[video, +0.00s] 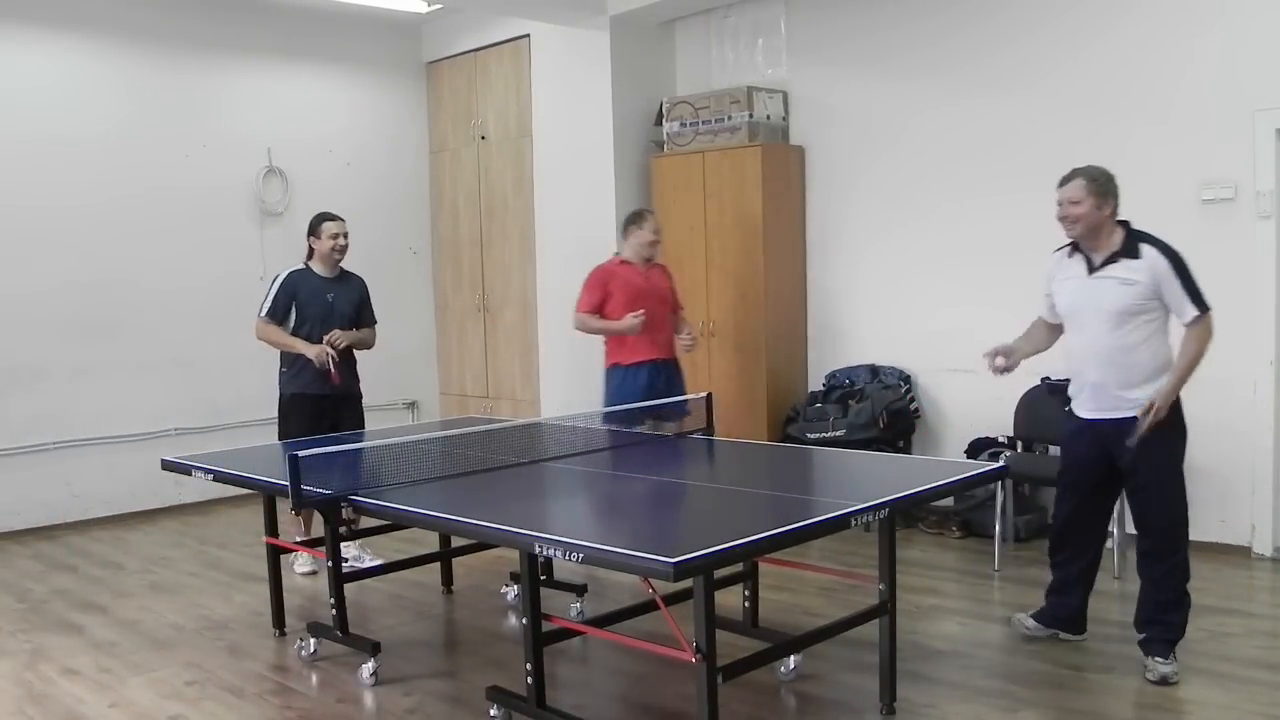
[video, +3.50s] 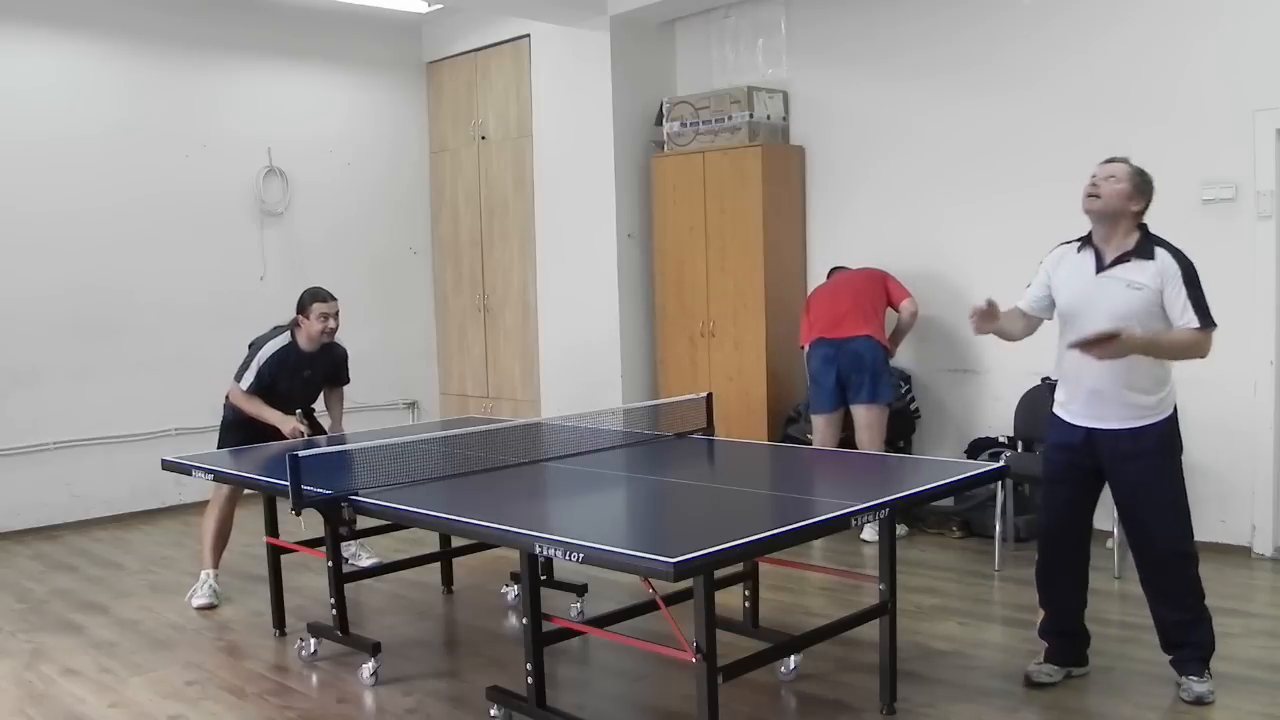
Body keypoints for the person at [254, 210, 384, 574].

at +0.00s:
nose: (342, 242)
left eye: (345, 236)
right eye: (334, 237)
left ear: (347, 241)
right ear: (313, 242)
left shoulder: (355, 284)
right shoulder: (291, 280)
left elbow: (369, 337)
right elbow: (263, 328)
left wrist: (350, 336)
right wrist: (306, 348)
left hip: (346, 394)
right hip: (301, 395)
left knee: (350, 466)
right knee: (301, 469)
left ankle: (346, 543)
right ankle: (302, 546)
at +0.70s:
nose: (286, 241)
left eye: (288, 235)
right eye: (277, 237)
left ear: (293, 238)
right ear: (258, 245)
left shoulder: (312, 280)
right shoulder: (243, 288)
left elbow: (329, 326)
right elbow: (223, 342)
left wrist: (319, 340)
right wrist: (270, 346)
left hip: (309, 402)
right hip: (262, 407)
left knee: (329, 476)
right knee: (261, 488)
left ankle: (342, 551)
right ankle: (266, 565)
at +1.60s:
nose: (329, 255)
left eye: (332, 249)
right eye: (320, 250)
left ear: (336, 252)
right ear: (300, 253)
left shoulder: (345, 294)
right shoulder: (277, 292)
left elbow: (360, 340)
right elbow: (251, 342)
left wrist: (347, 357)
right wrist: (291, 353)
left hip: (329, 406)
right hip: (281, 408)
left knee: (351, 475)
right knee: (270, 488)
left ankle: (355, 546)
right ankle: (265, 563)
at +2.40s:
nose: (304, 291)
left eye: (308, 284)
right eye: (296, 285)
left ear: (312, 285)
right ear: (274, 287)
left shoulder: (317, 324)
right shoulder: (246, 321)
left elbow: (319, 362)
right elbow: (210, 365)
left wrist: (304, 395)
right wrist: (251, 391)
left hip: (291, 414)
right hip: (242, 416)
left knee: (326, 474)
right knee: (227, 488)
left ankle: (342, 549)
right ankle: (215, 577)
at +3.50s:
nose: (332, 324)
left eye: (335, 317)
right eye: (323, 318)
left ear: (338, 318)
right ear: (302, 320)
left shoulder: (335, 354)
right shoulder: (271, 348)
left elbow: (333, 390)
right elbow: (236, 394)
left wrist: (337, 430)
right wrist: (281, 420)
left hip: (294, 417)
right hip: (247, 417)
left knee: (337, 465)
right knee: (228, 487)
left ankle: (345, 544)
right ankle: (208, 576)